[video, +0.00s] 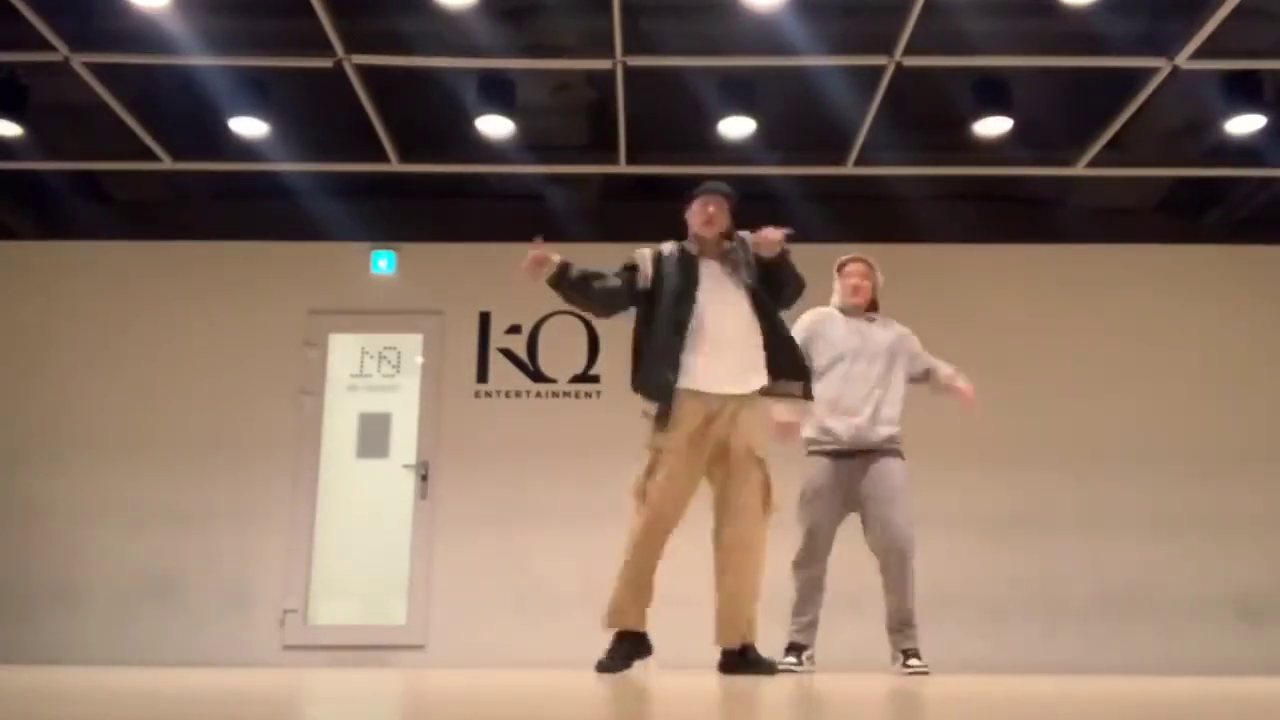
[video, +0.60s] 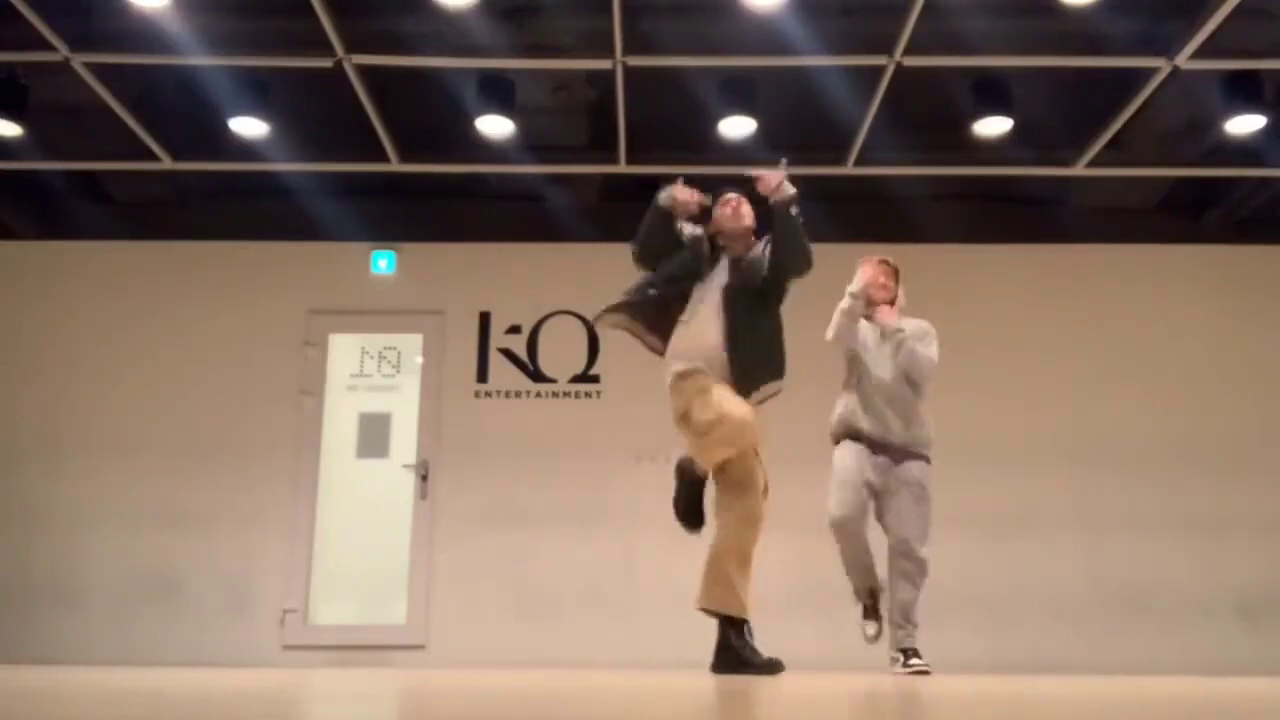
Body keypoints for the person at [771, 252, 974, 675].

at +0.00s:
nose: (857, 282)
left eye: (864, 277)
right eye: (850, 276)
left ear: (876, 287)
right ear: (836, 285)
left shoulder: (895, 335)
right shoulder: (817, 322)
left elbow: (927, 368)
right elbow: (783, 364)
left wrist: (954, 380)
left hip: (882, 456)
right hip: (827, 455)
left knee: (897, 545)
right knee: (811, 551)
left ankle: (906, 647)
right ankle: (799, 645)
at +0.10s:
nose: (876, 283)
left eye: (882, 278)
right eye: (867, 276)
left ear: (889, 289)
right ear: (850, 283)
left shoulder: (902, 330)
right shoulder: (821, 323)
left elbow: (948, 349)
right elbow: (771, 338)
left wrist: (933, 360)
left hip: (894, 450)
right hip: (843, 447)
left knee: (901, 548)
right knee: (823, 533)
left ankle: (905, 647)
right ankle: (804, 633)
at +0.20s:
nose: (872, 286)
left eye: (879, 280)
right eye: (865, 279)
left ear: (888, 291)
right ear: (849, 286)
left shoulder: (906, 334)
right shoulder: (828, 329)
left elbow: (957, 347)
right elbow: (788, 340)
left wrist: (971, 365)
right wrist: (807, 341)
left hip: (905, 441)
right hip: (858, 436)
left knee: (908, 539)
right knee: (864, 517)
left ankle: (905, 646)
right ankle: (838, 624)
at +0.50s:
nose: (879, 279)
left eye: (887, 275)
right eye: (871, 275)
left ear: (896, 289)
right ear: (859, 288)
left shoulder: (910, 327)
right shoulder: (847, 323)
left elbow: (940, 362)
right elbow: (815, 345)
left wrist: (921, 326)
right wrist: (853, 307)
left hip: (907, 440)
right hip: (858, 424)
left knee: (911, 546)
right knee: (854, 474)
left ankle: (905, 646)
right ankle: (860, 569)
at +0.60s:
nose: (877, 288)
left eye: (884, 281)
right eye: (869, 282)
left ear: (897, 290)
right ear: (858, 292)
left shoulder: (918, 330)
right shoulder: (852, 329)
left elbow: (923, 374)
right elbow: (836, 336)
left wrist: (894, 327)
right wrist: (854, 294)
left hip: (906, 449)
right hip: (857, 442)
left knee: (908, 547)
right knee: (843, 514)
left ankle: (906, 644)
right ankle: (868, 594)